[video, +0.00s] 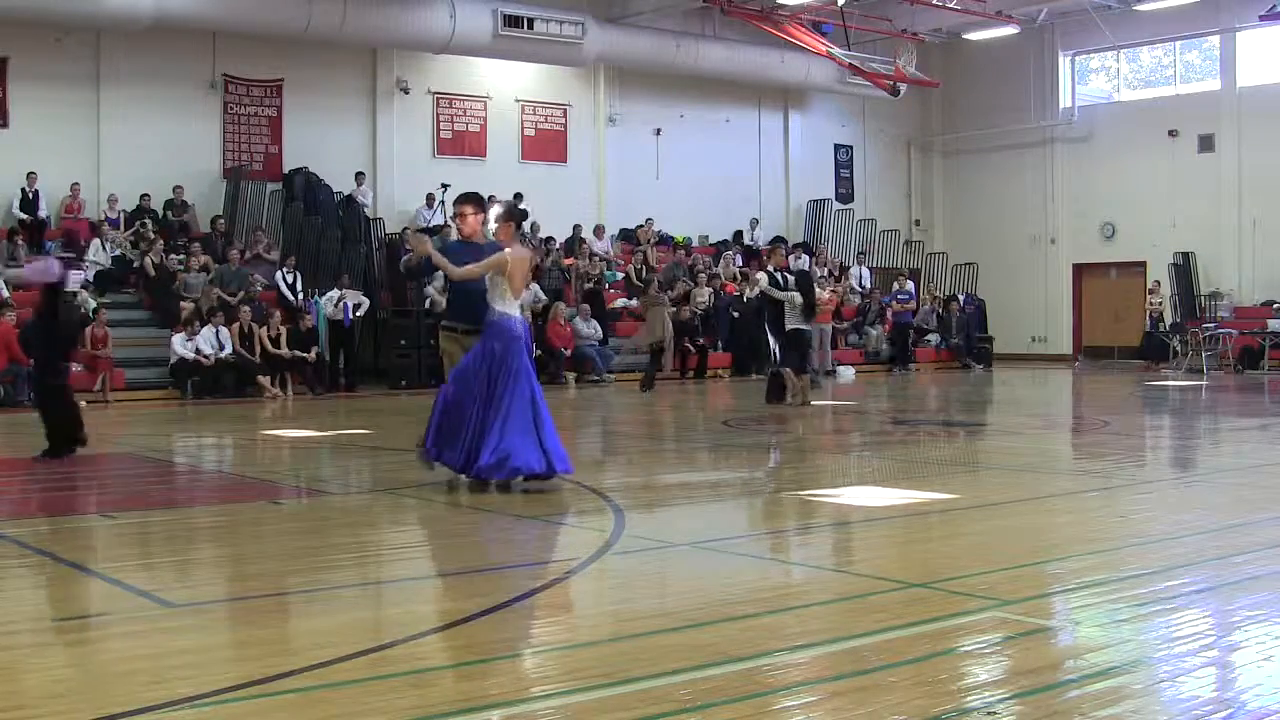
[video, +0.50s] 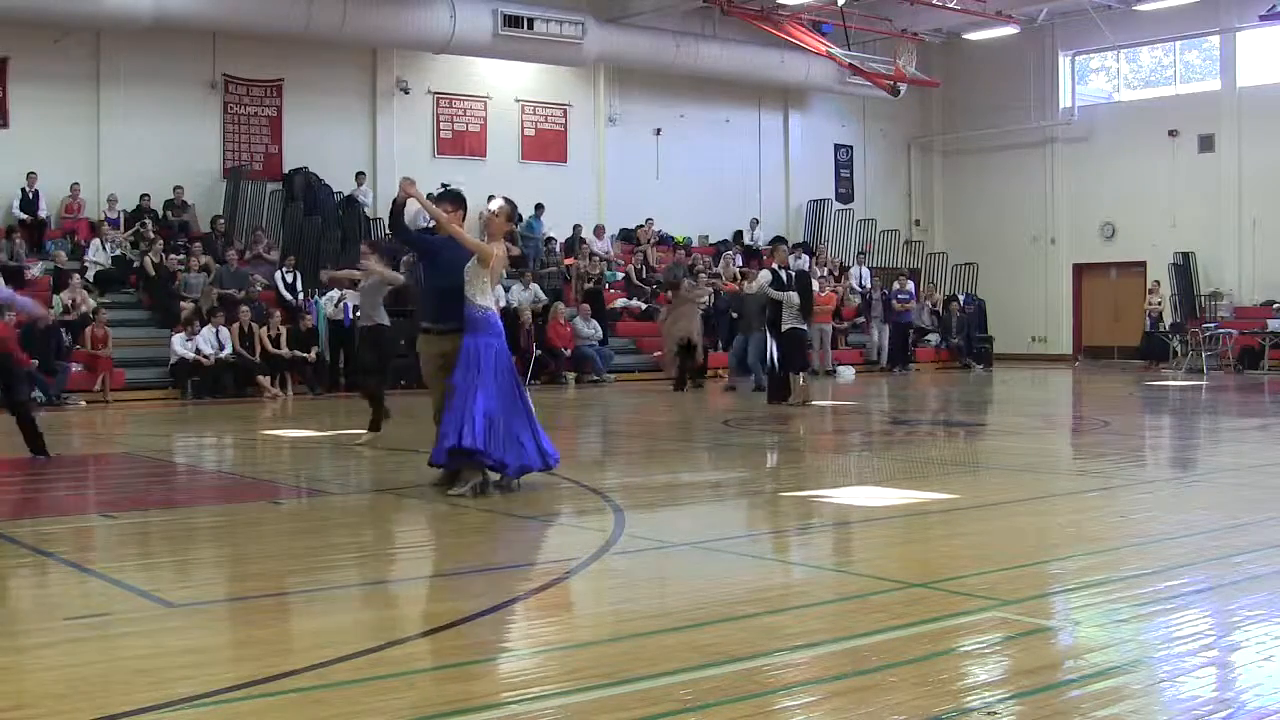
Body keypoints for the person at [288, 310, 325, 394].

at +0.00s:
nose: (311, 322)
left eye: (311, 320)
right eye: (308, 320)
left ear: (312, 320)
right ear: (301, 322)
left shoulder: (314, 330)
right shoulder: (293, 331)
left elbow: (315, 345)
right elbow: (293, 349)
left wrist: (313, 353)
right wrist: (305, 355)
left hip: (310, 354)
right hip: (298, 355)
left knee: (320, 359)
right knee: (304, 363)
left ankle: (320, 385)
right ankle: (314, 387)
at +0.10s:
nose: (311, 322)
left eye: (311, 320)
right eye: (308, 320)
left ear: (312, 320)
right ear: (301, 322)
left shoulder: (314, 330)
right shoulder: (294, 331)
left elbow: (315, 345)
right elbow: (293, 349)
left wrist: (313, 353)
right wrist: (305, 355)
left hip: (310, 354)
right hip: (299, 355)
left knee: (320, 359)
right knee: (304, 363)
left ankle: (320, 385)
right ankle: (313, 387)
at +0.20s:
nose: (311, 323)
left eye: (311, 320)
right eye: (308, 320)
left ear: (312, 321)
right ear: (301, 322)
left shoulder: (314, 330)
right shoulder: (293, 331)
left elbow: (315, 345)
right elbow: (292, 349)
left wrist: (313, 353)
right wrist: (304, 355)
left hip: (310, 354)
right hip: (299, 355)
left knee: (320, 360)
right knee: (304, 364)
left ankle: (319, 386)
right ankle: (314, 387)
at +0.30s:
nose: (311, 323)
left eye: (311, 320)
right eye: (308, 320)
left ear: (312, 321)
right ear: (301, 322)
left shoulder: (313, 330)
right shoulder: (293, 331)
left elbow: (315, 345)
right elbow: (292, 349)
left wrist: (313, 353)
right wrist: (305, 355)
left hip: (310, 354)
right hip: (298, 355)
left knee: (320, 360)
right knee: (304, 364)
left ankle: (320, 386)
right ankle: (313, 387)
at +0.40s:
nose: (311, 323)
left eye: (311, 320)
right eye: (308, 320)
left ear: (312, 320)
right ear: (301, 322)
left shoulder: (314, 330)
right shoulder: (293, 331)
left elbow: (315, 345)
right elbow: (292, 349)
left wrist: (313, 353)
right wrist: (305, 355)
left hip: (310, 354)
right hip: (299, 355)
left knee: (320, 360)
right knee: (304, 364)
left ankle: (320, 386)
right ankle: (313, 387)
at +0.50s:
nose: (311, 322)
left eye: (311, 320)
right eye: (308, 320)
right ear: (301, 321)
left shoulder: (313, 330)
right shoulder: (293, 331)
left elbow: (315, 345)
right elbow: (292, 349)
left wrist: (313, 353)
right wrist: (305, 355)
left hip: (309, 354)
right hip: (298, 355)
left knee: (320, 359)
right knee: (303, 362)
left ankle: (320, 386)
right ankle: (314, 387)